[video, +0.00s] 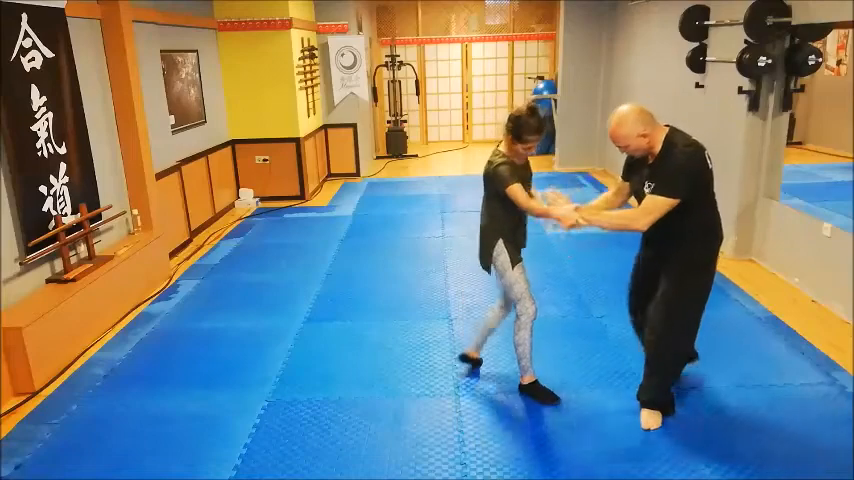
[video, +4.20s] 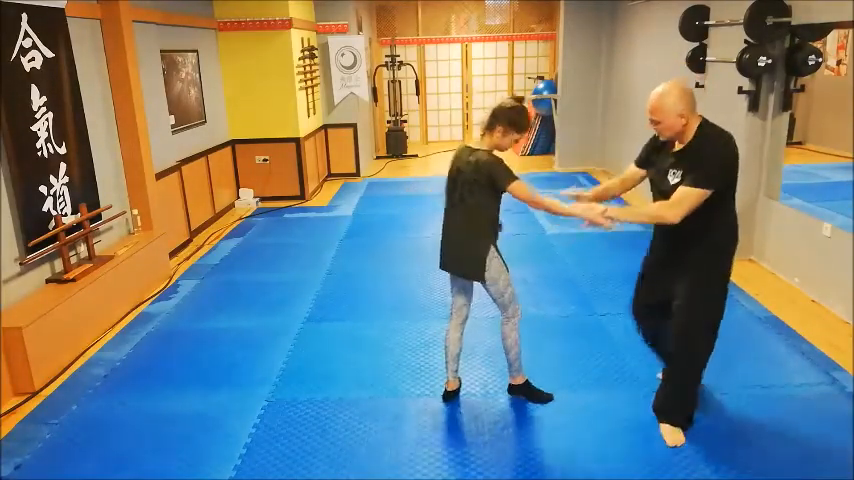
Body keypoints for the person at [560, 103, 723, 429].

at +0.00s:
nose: (622, 151)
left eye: (624, 146)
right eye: (619, 146)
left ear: (645, 133)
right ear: (640, 135)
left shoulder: (684, 158)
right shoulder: (641, 153)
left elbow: (642, 219)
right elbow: (616, 197)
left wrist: (584, 217)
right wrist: (578, 211)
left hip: (692, 252)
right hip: (657, 246)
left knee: (665, 323)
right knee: (640, 308)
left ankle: (654, 400)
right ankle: (676, 354)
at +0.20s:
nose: (617, 154)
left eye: (621, 149)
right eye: (615, 149)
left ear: (643, 138)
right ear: (638, 137)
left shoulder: (679, 161)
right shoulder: (634, 154)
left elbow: (633, 220)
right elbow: (602, 191)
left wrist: (573, 222)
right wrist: (566, 207)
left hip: (688, 254)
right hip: (649, 246)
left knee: (665, 326)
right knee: (621, 308)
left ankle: (655, 402)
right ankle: (634, 378)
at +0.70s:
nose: (580, 180)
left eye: (583, 175)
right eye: (578, 175)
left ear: (604, 166)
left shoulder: (643, 172)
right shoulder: (597, 169)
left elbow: (605, 232)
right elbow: (583, 217)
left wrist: (548, 234)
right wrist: (561, 247)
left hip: (670, 251)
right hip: (626, 245)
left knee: (660, 328)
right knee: (599, 314)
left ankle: (654, 403)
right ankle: (583, 391)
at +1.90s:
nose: (607, 139)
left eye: (612, 134)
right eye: (606, 133)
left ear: (637, 127)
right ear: (625, 128)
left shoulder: (677, 150)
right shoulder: (621, 152)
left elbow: (660, 221)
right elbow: (618, 204)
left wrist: (598, 237)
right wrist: (607, 248)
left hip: (684, 246)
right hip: (641, 240)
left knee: (670, 323)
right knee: (617, 310)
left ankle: (657, 402)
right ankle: (598, 384)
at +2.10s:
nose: (622, 118)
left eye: (627, 112)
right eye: (621, 111)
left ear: (653, 112)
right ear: (647, 112)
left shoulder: (688, 143)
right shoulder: (637, 143)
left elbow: (674, 214)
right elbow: (633, 199)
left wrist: (611, 227)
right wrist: (621, 239)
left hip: (687, 245)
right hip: (649, 239)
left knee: (669, 317)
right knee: (632, 307)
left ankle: (661, 400)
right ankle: (641, 372)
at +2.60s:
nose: (658, 95)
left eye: (665, 89)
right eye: (659, 88)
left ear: (688, 95)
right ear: (685, 95)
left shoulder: (699, 137)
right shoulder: (686, 123)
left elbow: (659, 198)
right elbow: (670, 177)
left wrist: (608, 225)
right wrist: (647, 212)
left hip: (695, 237)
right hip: (677, 228)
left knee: (669, 311)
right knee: (687, 302)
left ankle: (659, 400)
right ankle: (697, 370)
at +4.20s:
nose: (652, 128)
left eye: (658, 121)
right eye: (651, 121)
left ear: (684, 116)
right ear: (673, 116)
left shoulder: (717, 148)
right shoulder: (661, 144)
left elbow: (672, 212)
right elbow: (626, 181)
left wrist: (611, 214)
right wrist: (592, 194)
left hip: (707, 253)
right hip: (666, 245)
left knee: (691, 333)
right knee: (647, 309)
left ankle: (673, 414)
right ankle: (680, 366)